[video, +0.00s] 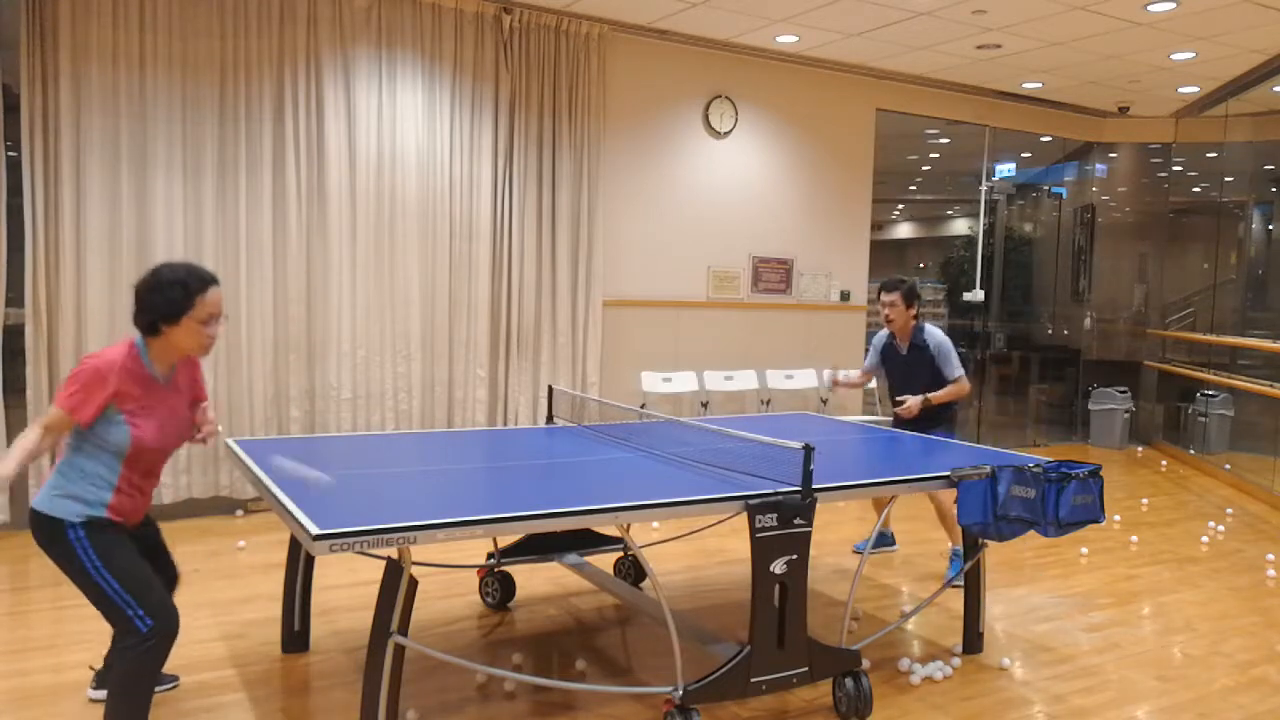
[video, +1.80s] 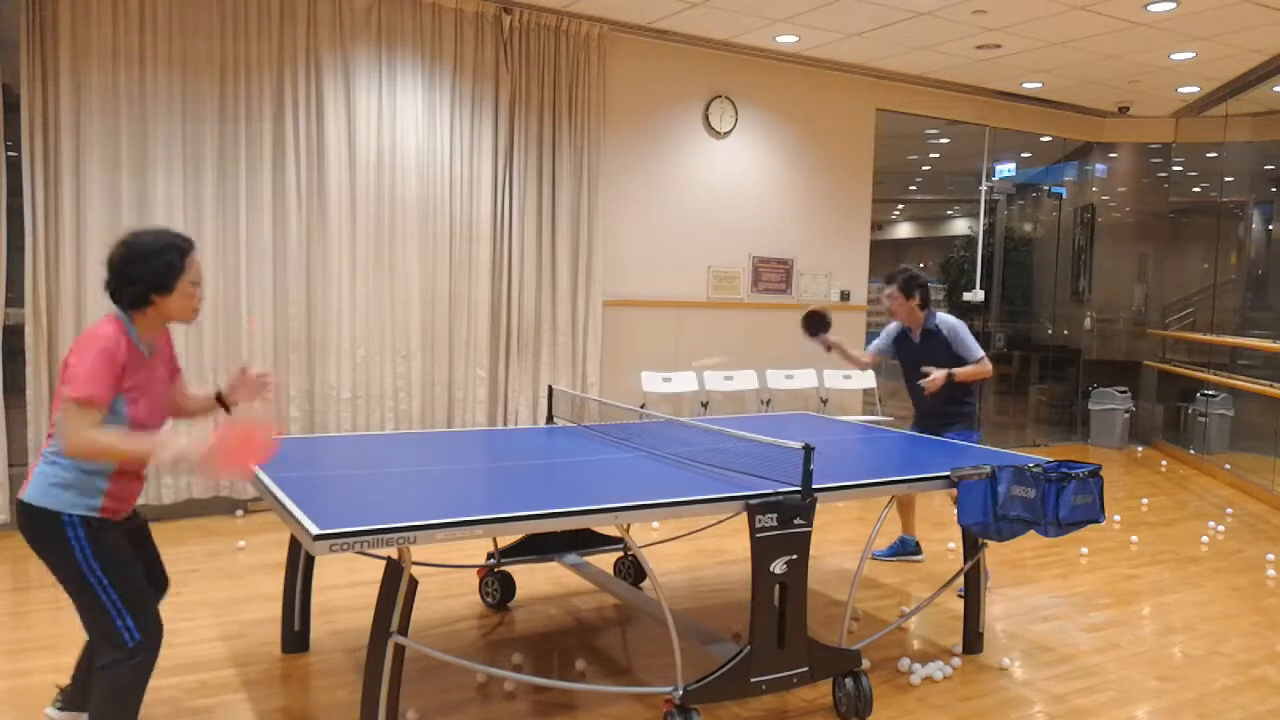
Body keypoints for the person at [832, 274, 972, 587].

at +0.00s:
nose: (885, 312)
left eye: (892, 306)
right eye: (882, 306)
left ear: (912, 310)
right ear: (879, 308)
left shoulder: (936, 340)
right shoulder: (882, 340)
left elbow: (962, 386)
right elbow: (865, 376)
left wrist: (924, 400)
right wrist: (839, 380)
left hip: (937, 427)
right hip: (901, 425)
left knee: (937, 488)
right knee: (876, 473)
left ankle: (959, 551)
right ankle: (884, 532)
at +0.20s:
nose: (899, 306)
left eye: (906, 300)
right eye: (895, 300)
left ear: (925, 303)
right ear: (892, 303)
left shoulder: (949, 333)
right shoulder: (890, 333)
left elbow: (982, 370)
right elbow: (876, 371)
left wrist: (957, 392)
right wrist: (876, 380)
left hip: (948, 424)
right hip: (909, 422)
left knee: (954, 487)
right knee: (887, 473)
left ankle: (972, 550)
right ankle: (884, 531)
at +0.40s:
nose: (925, 320)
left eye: (932, 313)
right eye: (920, 313)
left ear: (950, 308)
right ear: (915, 308)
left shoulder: (976, 331)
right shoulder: (908, 334)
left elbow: (999, 365)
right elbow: (892, 381)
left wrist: (994, 385)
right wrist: (914, 387)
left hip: (967, 423)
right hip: (924, 422)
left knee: (970, 487)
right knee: (899, 469)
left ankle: (972, 560)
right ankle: (890, 529)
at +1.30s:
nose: (902, 306)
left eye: (909, 299)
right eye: (899, 300)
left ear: (931, 301)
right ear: (898, 303)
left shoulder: (955, 333)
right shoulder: (908, 335)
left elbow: (987, 378)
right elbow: (917, 375)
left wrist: (946, 390)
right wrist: (897, 401)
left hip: (964, 426)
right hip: (931, 423)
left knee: (961, 490)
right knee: (906, 472)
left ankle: (978, 565)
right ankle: (910, 540)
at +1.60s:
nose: (881, 324)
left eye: (884, 317)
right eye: (880, 318)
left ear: (904, 314)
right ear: (904, 315)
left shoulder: (933, 339)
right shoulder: (922, 341)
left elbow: (974, 380)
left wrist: (930, 401)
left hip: (964, 435)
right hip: (941, 432)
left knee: (951, 500)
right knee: (909, 478)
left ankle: (981, 569)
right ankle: (910, 541)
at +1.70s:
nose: (881, 316)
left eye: (885, 309)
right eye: (881, 309)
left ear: (905, 309)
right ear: (904, 310)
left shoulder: (940, 333)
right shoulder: (905, 341)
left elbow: (980, 373)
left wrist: (936, 388)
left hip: (965, 426)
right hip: (934, 424)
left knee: (957, 495)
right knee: (907, 476)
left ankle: (980, 568)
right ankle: (910, 541)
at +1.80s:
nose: (887, 305)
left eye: (892, 298)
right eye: (886, 298)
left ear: (914, 299)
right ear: (905, 301)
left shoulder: (949, 326)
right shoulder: (895, 331)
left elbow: (985, 368)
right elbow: (865, 362)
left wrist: (948, 374)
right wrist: (836, 347)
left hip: (959, 425)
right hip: (924, 422)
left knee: (959, 489)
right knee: (900, 475)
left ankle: (976, 566)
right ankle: (908, 541)